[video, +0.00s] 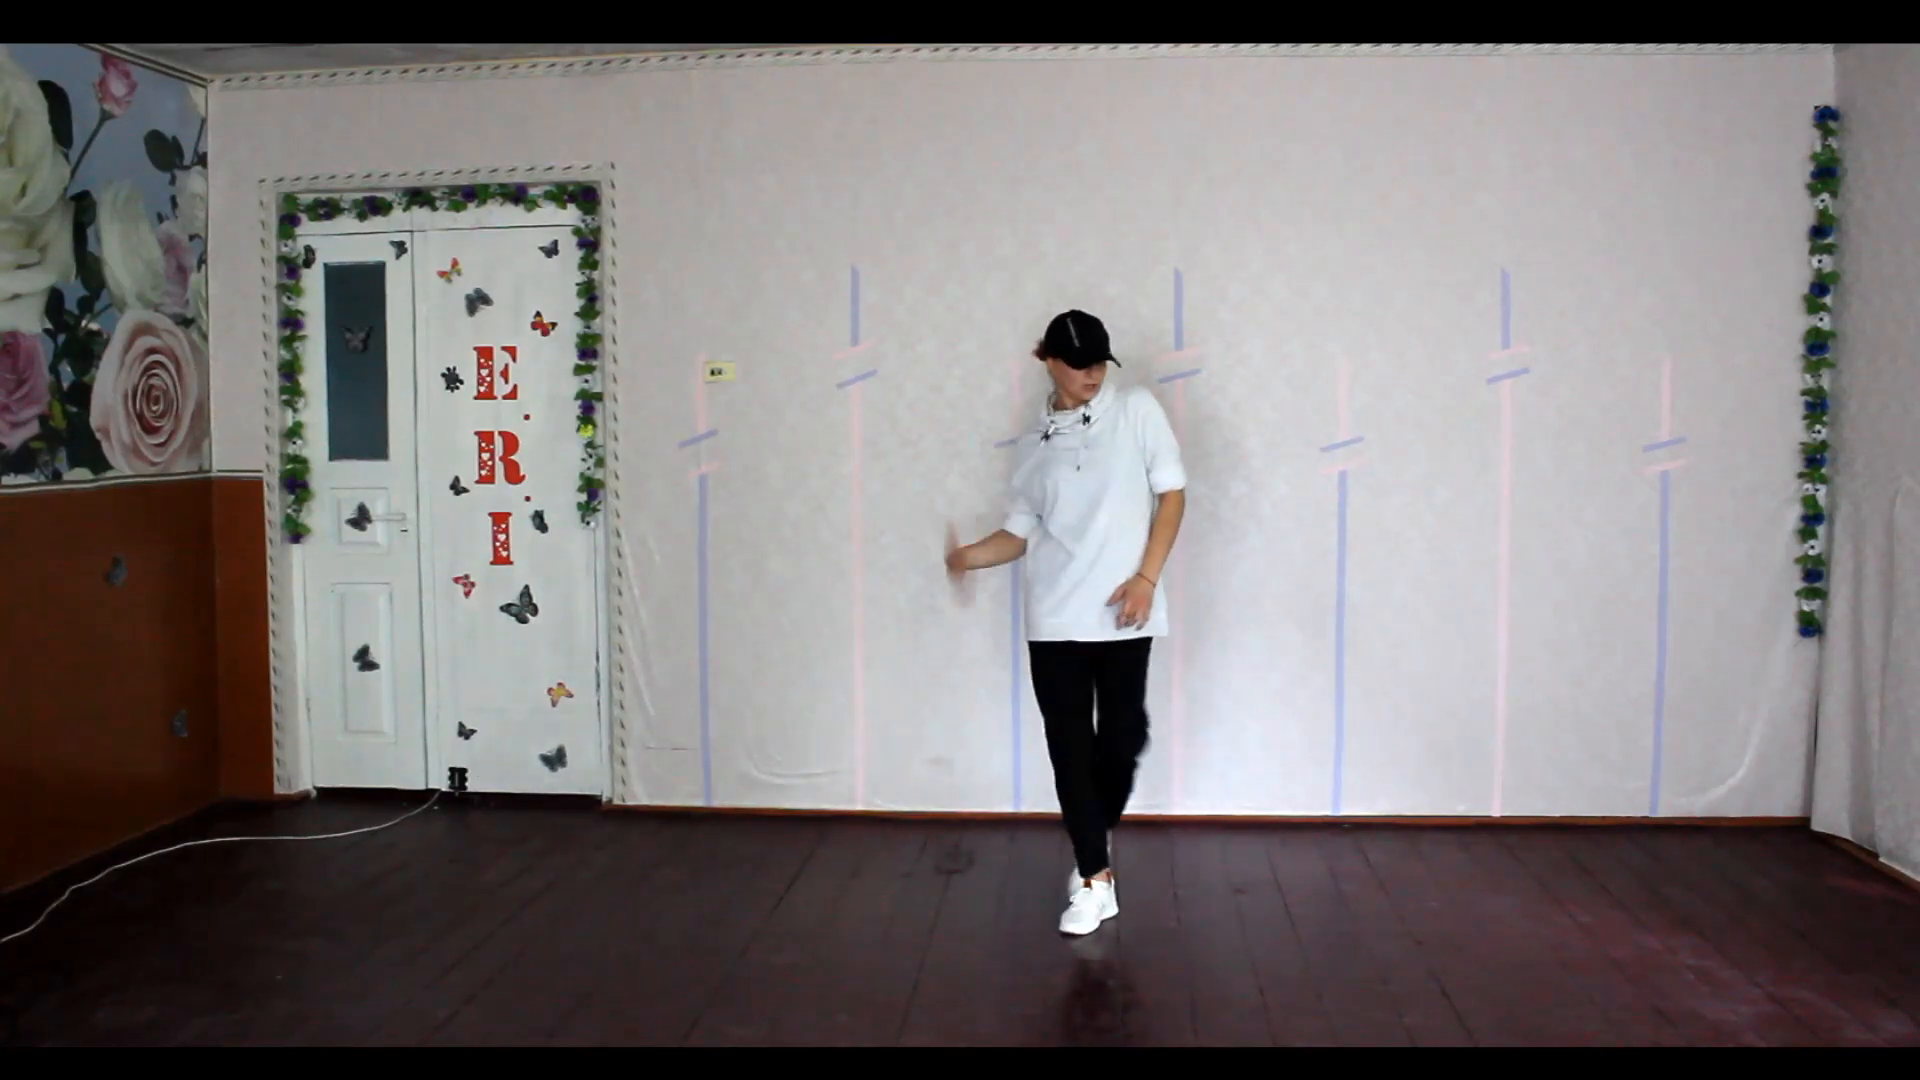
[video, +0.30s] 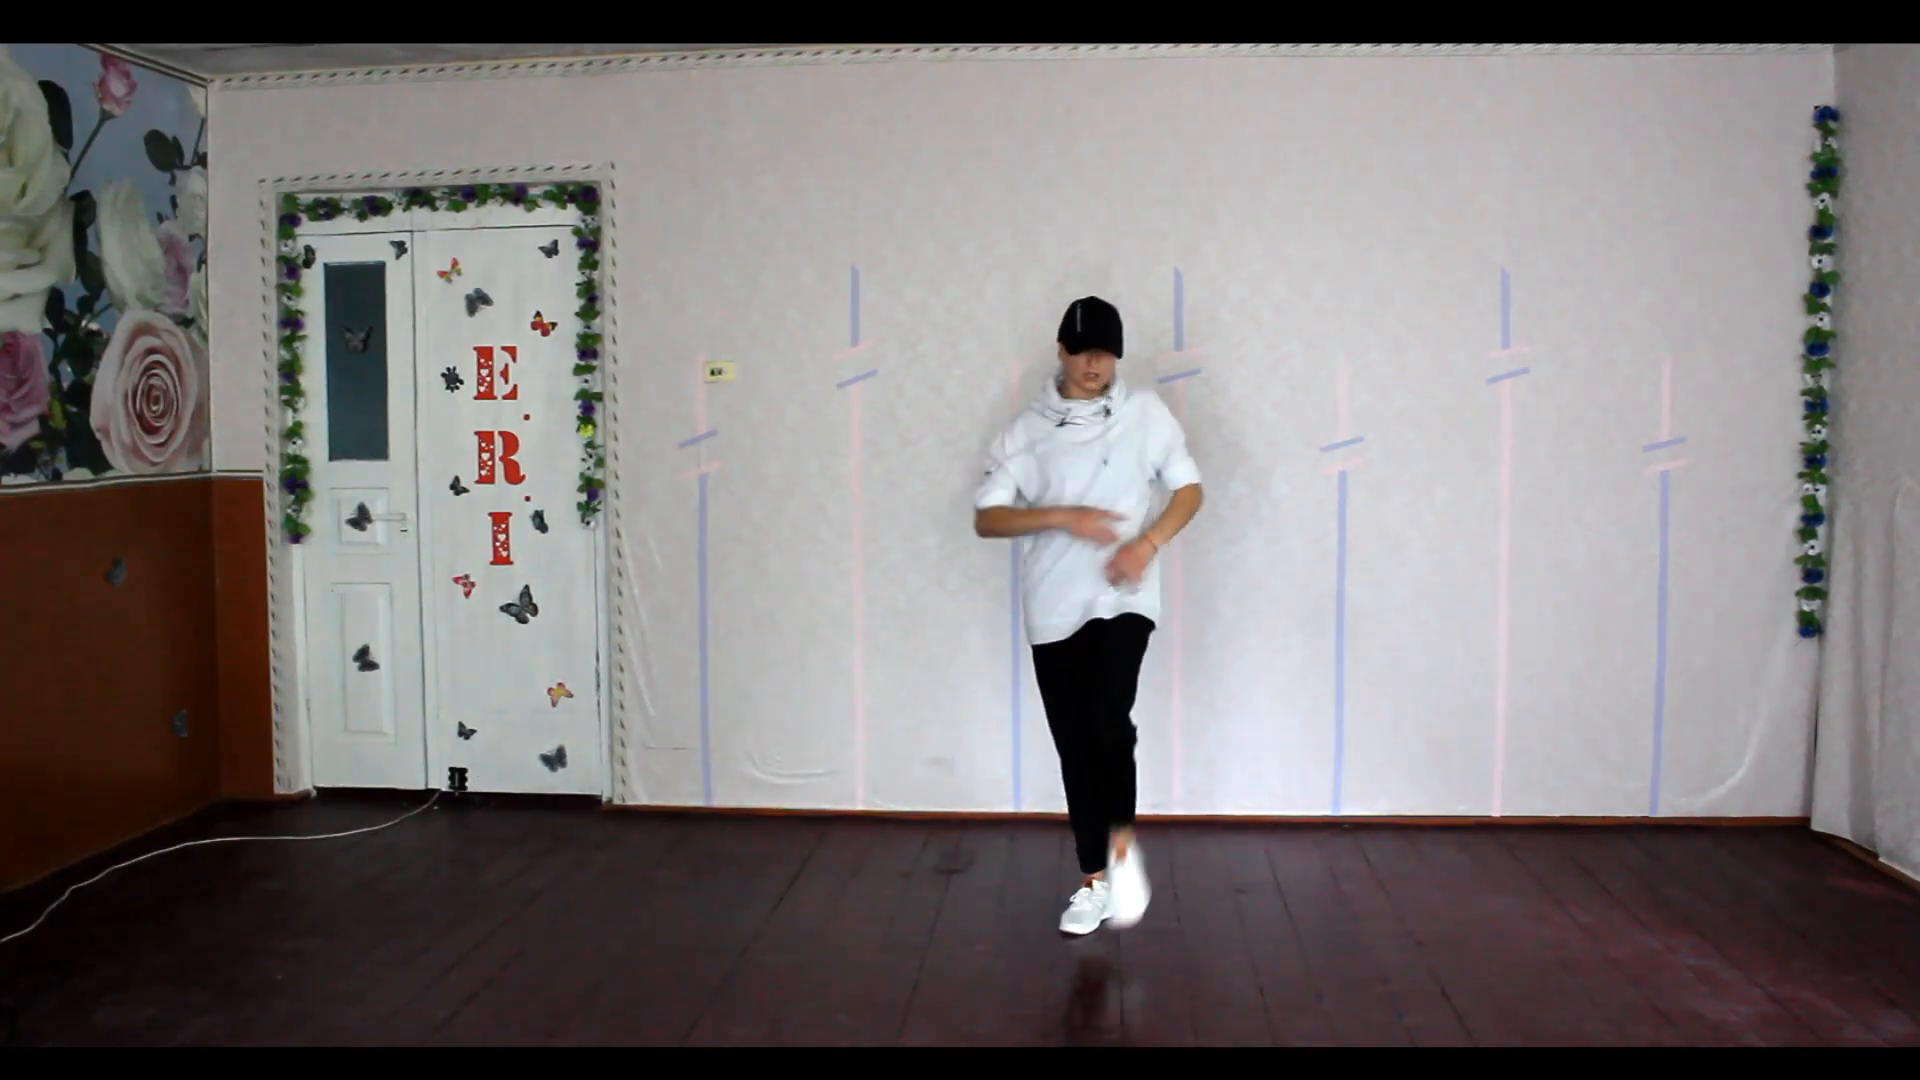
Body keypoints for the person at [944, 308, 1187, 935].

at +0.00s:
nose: (1094, 377)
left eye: (1100, 366)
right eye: (1082, 368)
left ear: (1108, 361)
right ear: (1051, 364)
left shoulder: (1134, 407)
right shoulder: (1035, 445)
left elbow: (1172, 494)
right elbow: (1018, 533)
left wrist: (1147, 577)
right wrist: (974, 554)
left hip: (1122, 617)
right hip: (1053, 623)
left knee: (1124, 739)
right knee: (1070, 750)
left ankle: (1091, 848)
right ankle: (1095, 879)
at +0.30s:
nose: (1092, 367)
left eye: (1103, 356)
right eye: (1081, 355)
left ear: (1119, 357)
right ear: (1062, 352)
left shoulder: (1143, 412)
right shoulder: (1026, 429)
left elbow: (1188, 491)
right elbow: (987, 518)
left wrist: (1147, 544)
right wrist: (1063, 516)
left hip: (1121, 601)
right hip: (1053, 612)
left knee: (1107, 721)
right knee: (1074, 745)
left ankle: (1121, 849)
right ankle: (1093, 881)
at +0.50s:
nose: (1105, 394)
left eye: (1116, 384)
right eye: (1094, 383)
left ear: (1132, 379)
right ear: (1073, 375)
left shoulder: (1153, 430)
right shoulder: (1034, 426)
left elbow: (1233, 459)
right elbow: (954, 456)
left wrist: (1160, 494)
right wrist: (1038, 478)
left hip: (1125, 637)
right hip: (1048, 636)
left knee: (1107, 771)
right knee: (1056, 770)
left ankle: (1096, 906)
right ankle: (1079, 868)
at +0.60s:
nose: (1100, 357)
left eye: (1110, 345)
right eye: (1088, 345)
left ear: (1127, 350)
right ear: (1068, 350)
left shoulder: (1167, 419)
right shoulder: (1031, 420)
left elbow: (1254, 430)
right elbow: (942, 439)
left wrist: (1346, 440)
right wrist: (844, 435)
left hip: (1129, 623)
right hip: (1051, 619)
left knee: (1105, 769)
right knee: (1042, 754)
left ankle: (1095, 908)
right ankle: (1053, 837)